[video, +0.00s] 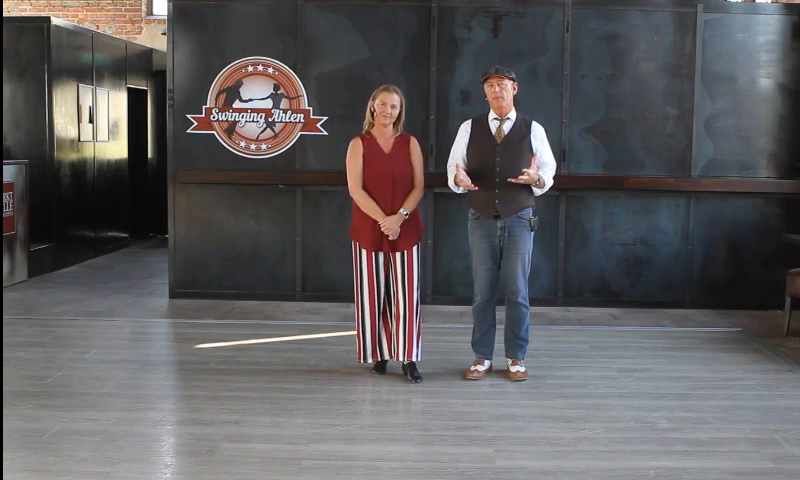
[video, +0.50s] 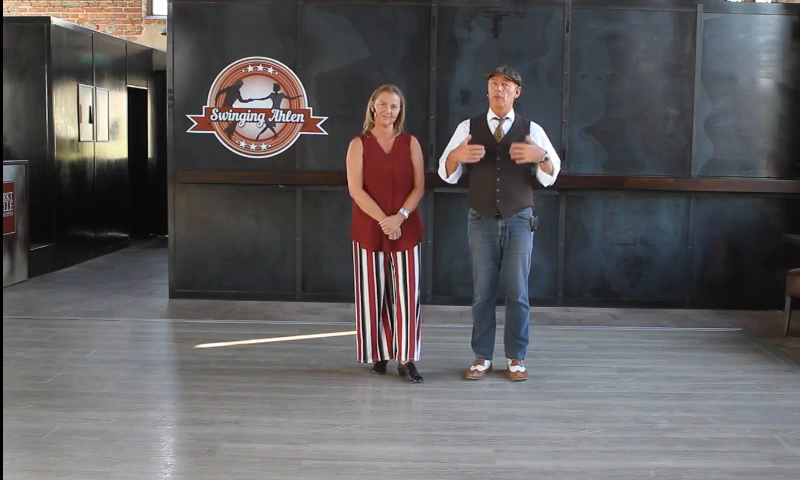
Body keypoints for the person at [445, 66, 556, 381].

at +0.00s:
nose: (496, 91)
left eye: (502, 86)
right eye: (491, 86)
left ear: (514, 89)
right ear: (485, 93)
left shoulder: (533, 130)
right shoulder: (469, 128)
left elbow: (548, 173)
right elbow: (453, 168)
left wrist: (535, 177)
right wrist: (459, 177)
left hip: (519, 219)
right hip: (481, 219)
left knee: (516, 292)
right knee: (483, 292)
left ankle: (516, 359)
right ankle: (482, 358)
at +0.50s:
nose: (500, 91)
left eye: (506, 86)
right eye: (495, 86)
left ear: (516, 92)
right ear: (488, 91)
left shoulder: (531, 130)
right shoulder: (469, 128)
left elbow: (552, 173)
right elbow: (446, 173)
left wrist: (540, 156)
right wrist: (456, 156)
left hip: (519, 220)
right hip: (480, 220)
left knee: (516, 292)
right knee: (483, 292)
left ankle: (516, 359)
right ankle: (482, 358)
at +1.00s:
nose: (506, 92)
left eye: (511, 88)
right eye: (501, 86)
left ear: (519, 94)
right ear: (490, 89)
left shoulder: (532, 131)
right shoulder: (468, 128)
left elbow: (547, 169)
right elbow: (451, 167)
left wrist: (533, 181)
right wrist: (463, 180)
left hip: (519, 220)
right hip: (480, 220)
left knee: (516, 293)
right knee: (483, 292)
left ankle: (516, 359)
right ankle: (482, 358)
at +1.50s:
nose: (504, 90)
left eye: (510, 85)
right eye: (499, 84)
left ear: (518, 92)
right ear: (489, 89)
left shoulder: (532, 130)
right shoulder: (468, 129)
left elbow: (548, 169)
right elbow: (452, 170)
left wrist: (533, 181)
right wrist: (466, 181)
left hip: (520, 219)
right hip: (481, 220)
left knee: (517, 292)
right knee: (483, 292)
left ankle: (516, 359)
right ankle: (482, 358)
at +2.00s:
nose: (502, 90)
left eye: (508, 86)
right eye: (497, 85)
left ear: (517, 91)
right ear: (488, 91)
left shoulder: (533, 130)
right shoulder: (469, 127)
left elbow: (550, 170)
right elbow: (451, 168)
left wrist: (532, 171)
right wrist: (469, 171)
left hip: (520, 220)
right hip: (481, 220)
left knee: (517, 293)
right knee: (483, 292)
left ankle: (516, 358)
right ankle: (482, 358)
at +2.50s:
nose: (500, 93)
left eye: (505, 87)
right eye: (494, 88)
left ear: (517, 90)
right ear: (488, 93)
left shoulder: (535, 131)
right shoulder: (471, 127)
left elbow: (545, 172)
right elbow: (453, 167)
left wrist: (542, 186)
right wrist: (482, 172)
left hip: (521, 219)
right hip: (482, 219)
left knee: (517, 293)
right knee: (484, 292)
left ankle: (516, 359)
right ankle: (482, 358)